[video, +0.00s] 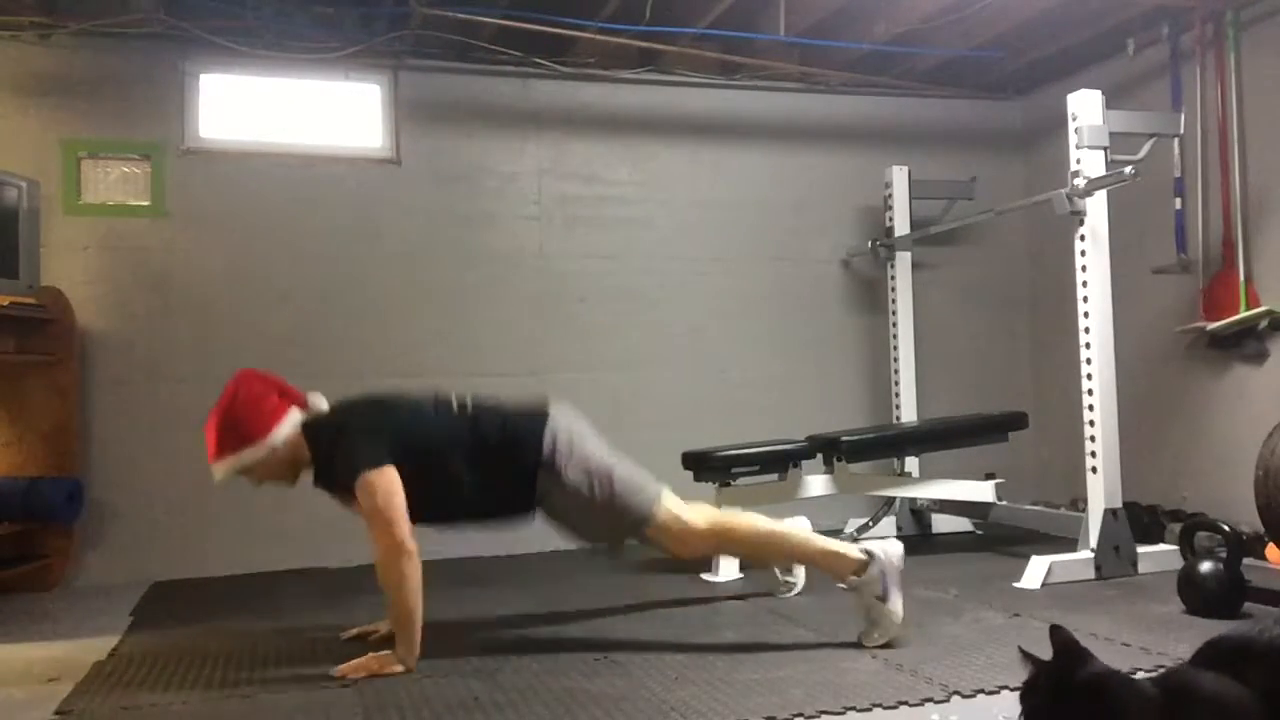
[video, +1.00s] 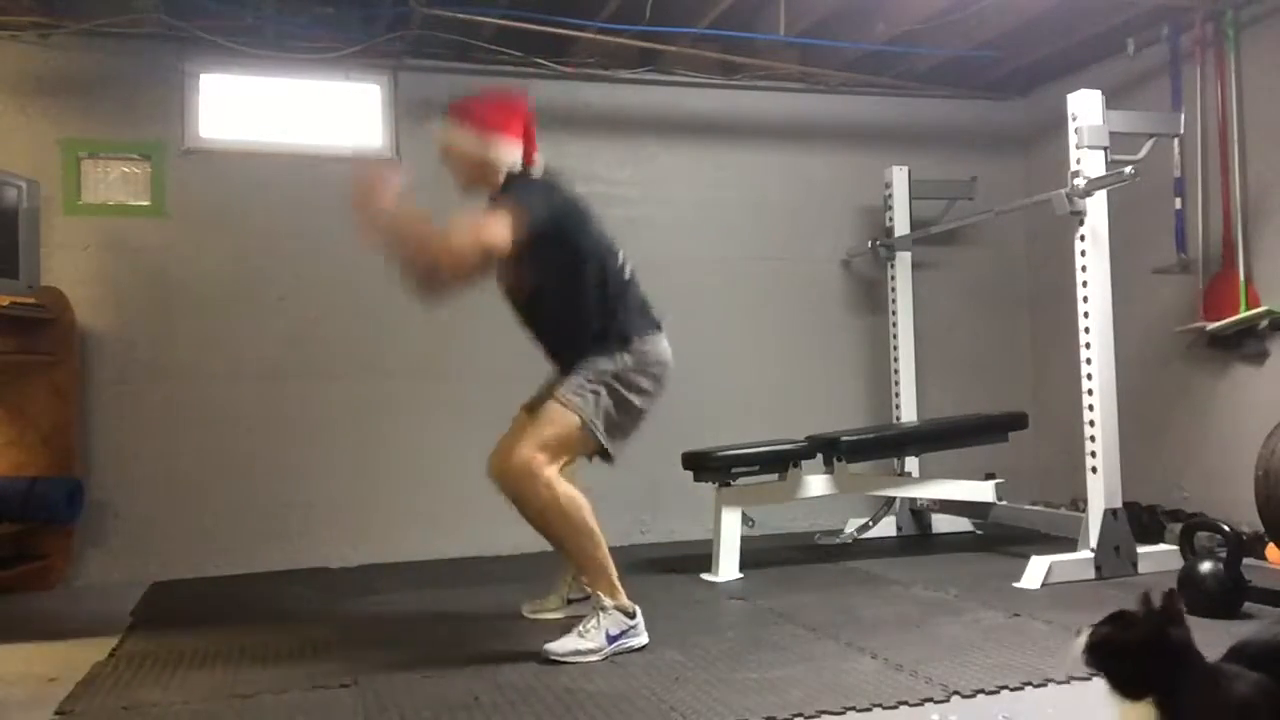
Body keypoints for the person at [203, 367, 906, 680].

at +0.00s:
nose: (252, 477)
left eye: (250, 463)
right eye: (243, 467)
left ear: (277, 432)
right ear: (274, 433)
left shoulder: (352, 437)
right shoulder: (332, 446)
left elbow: (398, 546)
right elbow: (390, 538)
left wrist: (404, 653)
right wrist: (398, 624)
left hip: (547, 450)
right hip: (534, 470)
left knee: (690, 533)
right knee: (671, 532)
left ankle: (864, 563)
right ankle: (796, 544)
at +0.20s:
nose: (309, 463)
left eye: (305, 451)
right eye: (300, 457)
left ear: (326, 424)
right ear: (326, 417)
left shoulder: (396, 419)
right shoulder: (381, 416)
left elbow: (408, 546)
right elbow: (405, 537)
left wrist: (404, 653)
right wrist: (403, 614)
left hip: (570, 355)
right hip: (548, 367)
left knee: (547, 495)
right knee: (535, 495)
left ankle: (720, 545)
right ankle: (678, 507)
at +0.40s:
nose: (345, 435)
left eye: (343, 421)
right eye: (337, 427)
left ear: (369, 398)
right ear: (375, 390)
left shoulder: (429, 410)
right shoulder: (419, 415)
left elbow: (421, 543)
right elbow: (419, 534)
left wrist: (404, 652)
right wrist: (404, 616)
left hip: (603, 426)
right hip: (580, 426)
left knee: (483, 491)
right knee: (470, 488)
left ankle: (611, 600)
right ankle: (579, 585)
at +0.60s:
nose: (388, 378)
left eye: (392, 363)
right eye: (386, 365)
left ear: (426, 357)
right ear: (428, 357)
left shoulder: (477, 396)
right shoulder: (453, 403)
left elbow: (432, 522)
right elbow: (420, 516)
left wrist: (386, 629)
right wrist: (386, 609)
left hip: (630, 478)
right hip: (592, 479)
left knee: (503, 482)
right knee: (462, 493)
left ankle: (614, 606)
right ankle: (580, 579)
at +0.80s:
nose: (422, 291)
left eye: (428, 278)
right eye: (420, 279)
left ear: (462, 277)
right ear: (465, 280)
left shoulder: (506, 323)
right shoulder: (478, 333)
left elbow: (443, 430)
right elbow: (438, 430)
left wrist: (359, 484)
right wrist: (361, 488)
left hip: (641, 422)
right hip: (601, 428)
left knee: (520, 473)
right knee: (489, 478)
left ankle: (618, 610)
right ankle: (586, 575)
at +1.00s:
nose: (446, 153)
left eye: (457, 140)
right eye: (449, 140)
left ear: (493, 145)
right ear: (499, 147)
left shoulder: (533, 199)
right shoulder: (503, 207)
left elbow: (451, 256)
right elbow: (437, 279)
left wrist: (391, 211)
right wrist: (393, 226)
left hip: (627, 355)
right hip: (590, 359)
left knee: (525, 462)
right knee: (512, 465)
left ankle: (619, 609)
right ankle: (588, 574)